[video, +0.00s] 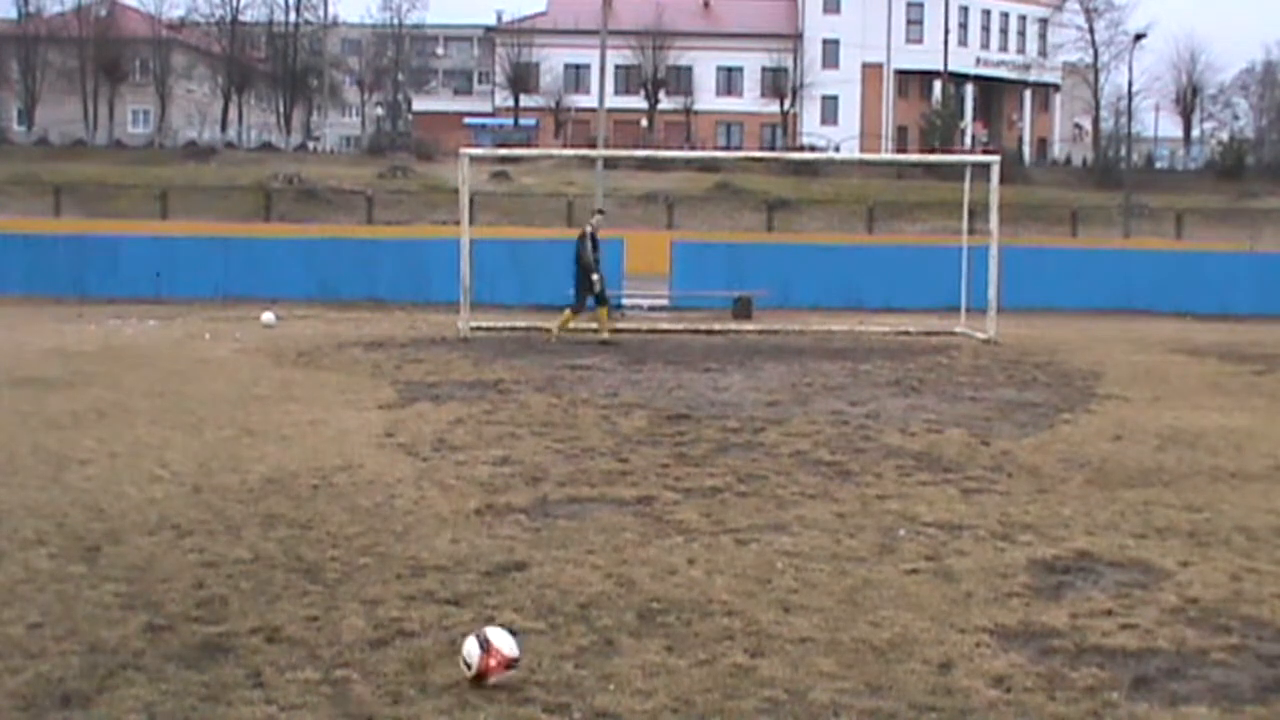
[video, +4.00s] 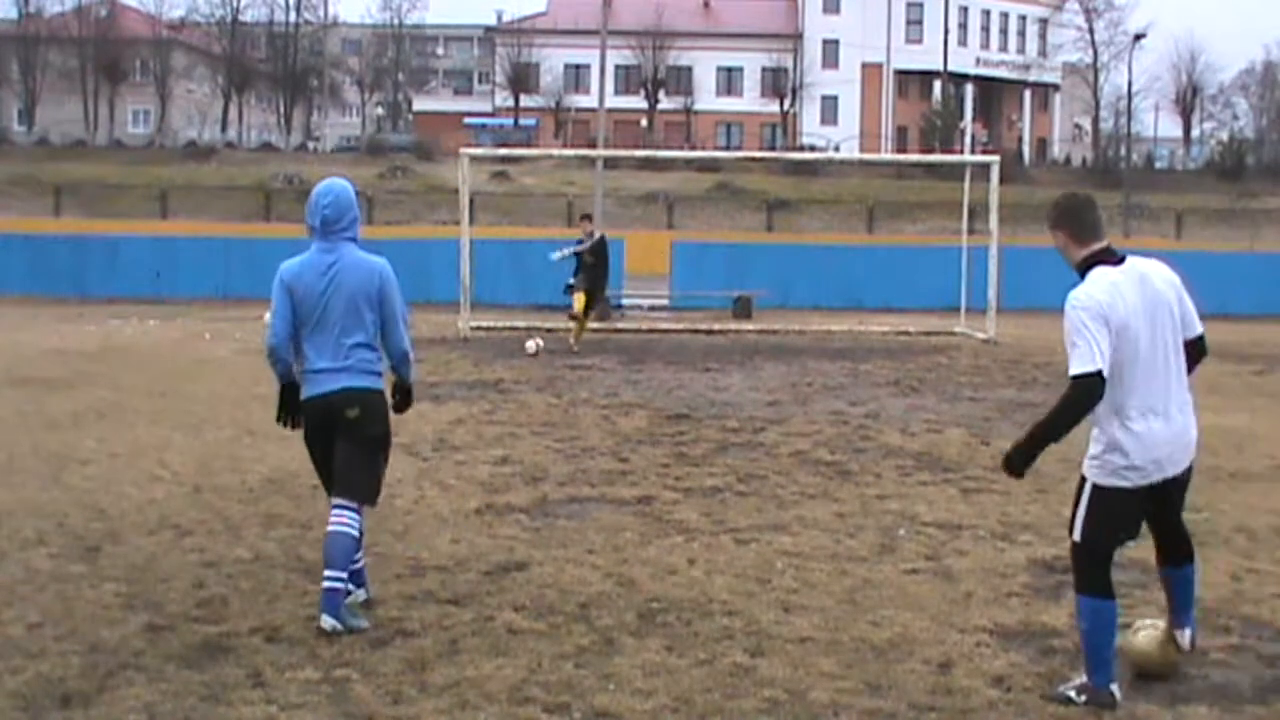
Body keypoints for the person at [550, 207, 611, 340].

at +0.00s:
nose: (599, 223)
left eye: (600, 220)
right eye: (597, 219)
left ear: (600, 221)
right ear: (592, 219)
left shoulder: (593, 236)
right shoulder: (585, 235)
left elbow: (592, 257)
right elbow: (586, 257)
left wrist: (597, 273)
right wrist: (593, 273)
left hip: (594, 272)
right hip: (584, 273)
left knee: (602, 302)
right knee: (579, 305)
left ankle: (604, 331)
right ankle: (556, 329)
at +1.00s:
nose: (672, 232)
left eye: (675, 228)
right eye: (670, 228)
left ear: (678, 230)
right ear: (665, 229)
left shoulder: (682, 243)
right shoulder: (657, 244)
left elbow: (686, 256)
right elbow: (641, 252)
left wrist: (686, 266)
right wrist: (646, 268)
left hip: (674, 277)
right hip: (658, 278)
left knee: (686, 306)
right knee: (659, 311)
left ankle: (701, 334)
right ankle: (652, 338)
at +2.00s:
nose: (701, 253)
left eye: (704, 250)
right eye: (699, 249)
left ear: (707, 252)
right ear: (695, 251)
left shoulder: (713, 268)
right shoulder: (687, 266)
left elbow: (716, 287)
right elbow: (677, 281)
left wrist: (714, 300)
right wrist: (682, 294)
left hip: (709, 290)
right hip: (691, 289)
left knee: (725, 309)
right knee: (677, 310)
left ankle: (732, 339)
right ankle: (672, 340)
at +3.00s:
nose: (663, 253)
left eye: (665, 250)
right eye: (661, 250)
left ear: (669, 250)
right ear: (658, 251)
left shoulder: (678, 263)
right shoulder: (654, 264)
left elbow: (688, 276)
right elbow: (647, 279)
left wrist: (688, 289)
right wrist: (640, 294)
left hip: (678, 285)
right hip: (662, 284)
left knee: (689, 309)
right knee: (647, 305)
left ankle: (698, 338)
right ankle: (652, 333)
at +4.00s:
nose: (584, 228)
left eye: (587, 225)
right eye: (582, 225)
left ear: (592, 225)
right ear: (580, 227)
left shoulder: (599, 240)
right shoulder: (581, 243)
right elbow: (579, 264)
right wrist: (573, 278)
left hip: (597, 278)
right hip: (582, 274)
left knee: (585, 313)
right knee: (580, 288)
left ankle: (574, 339)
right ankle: (577, 310)